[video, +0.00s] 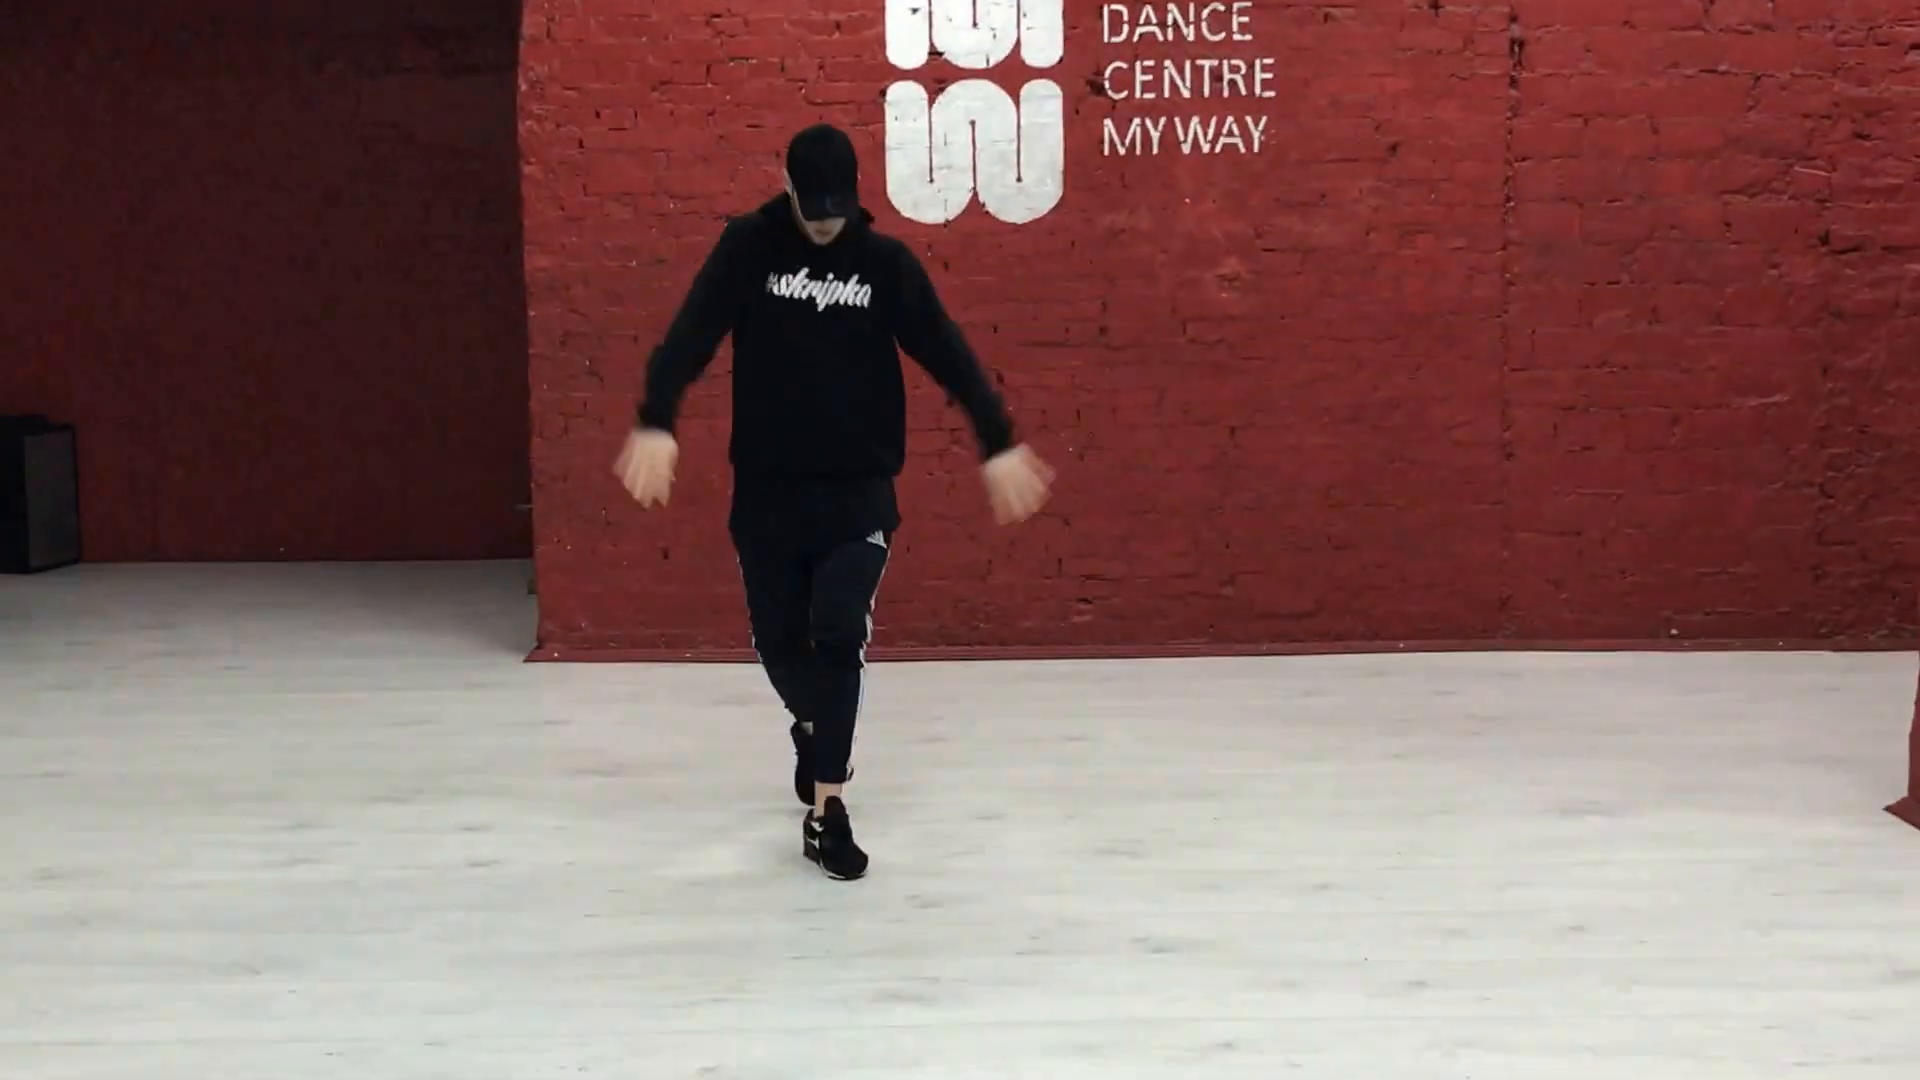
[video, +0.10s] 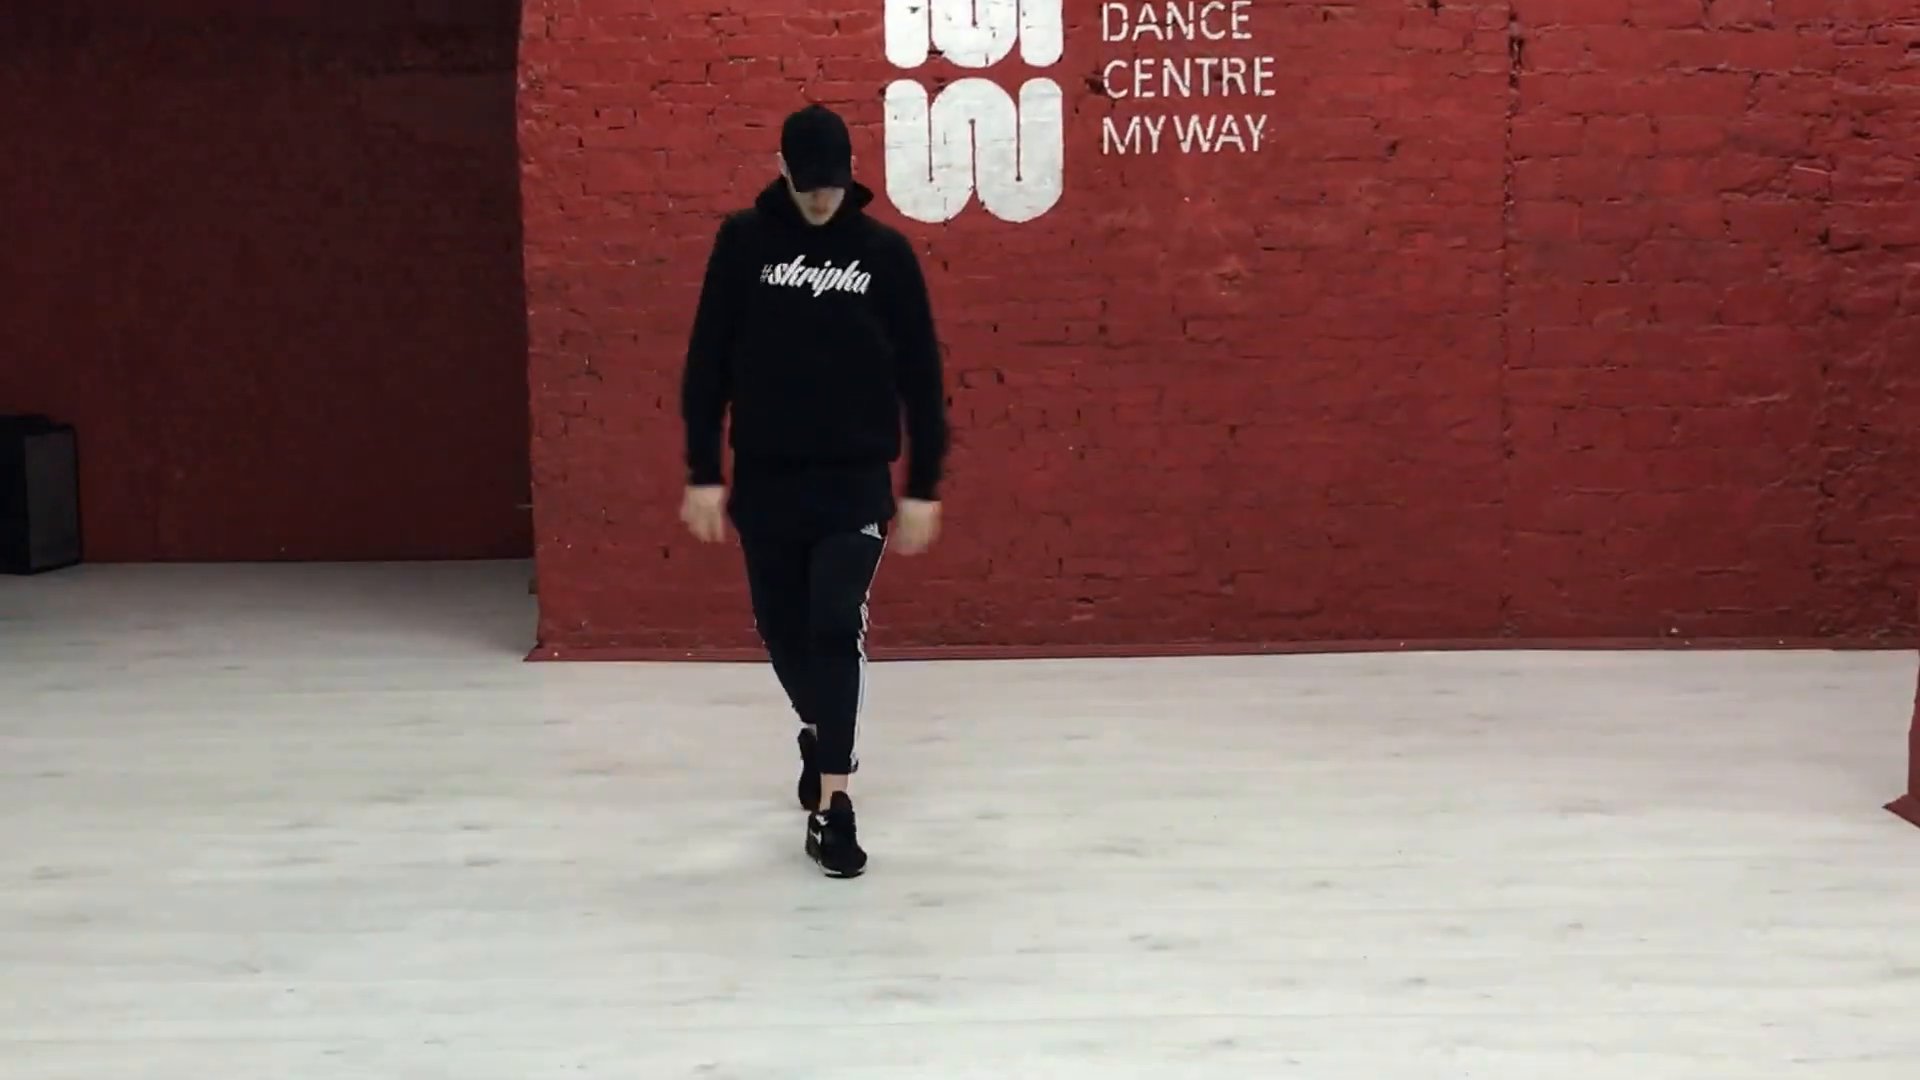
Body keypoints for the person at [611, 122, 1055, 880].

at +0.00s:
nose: (823, 227)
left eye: (834, 215)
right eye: (811, 214)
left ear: (854, 199)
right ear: (789, 194)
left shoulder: (887, 264)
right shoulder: (748, 247)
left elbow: (949, 355)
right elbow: (692, 334)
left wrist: (998, 442)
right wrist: (657, 419)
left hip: (858, 487)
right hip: (766, 485)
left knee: (840, 633)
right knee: (779, 647)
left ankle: (827, 801)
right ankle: (813, 722)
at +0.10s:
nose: (820, 200)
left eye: (831, 187)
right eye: (807, 187)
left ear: (851, 177)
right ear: (785, 175)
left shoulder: (886, 253)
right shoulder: (743, 243)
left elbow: (922, 375)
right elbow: (706, 360)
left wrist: (923, 489)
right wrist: (703, 471)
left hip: (856, 478)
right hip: (766, 478)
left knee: (833, 628)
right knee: (784, 636)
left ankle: (834, 800)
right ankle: (816, 739)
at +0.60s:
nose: (802, 172)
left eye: (815, 161)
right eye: (790, 161)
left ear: (836, 174)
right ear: (771, 174)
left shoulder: (875, 258)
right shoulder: (737, 259)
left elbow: (931, 348)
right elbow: (696, 360)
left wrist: (985, 434)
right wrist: (668, 458)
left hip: (854, 467)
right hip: (769, 470)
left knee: (844, 613)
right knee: (799, 623)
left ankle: (879, 734)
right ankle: (828, 760)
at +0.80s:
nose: (812, 172)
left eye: (824, 163)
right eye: (799, 162)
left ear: (843, 180)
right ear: (779, 178)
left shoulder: (880, 268)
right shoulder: (745, 268)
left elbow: (916, 367)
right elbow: (718, 374)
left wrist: (952, 448)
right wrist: (716, 469)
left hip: (865, 476)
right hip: (781, 480)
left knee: (865, 624)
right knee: (806, 633)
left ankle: (891, 751)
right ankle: (825, 773)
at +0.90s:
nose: (820, 171)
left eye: (832, 162)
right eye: (807, 161)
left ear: (849, 176)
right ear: (787, 175)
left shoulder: (887, 262)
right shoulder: (752, 262)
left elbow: (905, 373)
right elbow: (743, 377)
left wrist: (889, 463)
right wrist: (777, 470)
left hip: (871, 468)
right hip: (791, 471)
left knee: (873, 622)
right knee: (812, 625)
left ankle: (881, 755)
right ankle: (815, 774)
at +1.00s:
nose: (829, 210)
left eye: (840, 198)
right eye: (815, 199)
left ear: (858, 209)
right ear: (797, 211)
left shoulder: (896, 300)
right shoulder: (763, 299)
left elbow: (906, 410)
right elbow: (763, 411)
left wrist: (831, 455)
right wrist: (827, 481)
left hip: (880, 499)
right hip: (796, 498)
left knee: (873, 647)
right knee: (818, 646)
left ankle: (874, 771)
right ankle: (817, 786)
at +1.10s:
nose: (839, 219)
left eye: (851, 209)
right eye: (826, 209)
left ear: (868, 221)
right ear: (807, 222)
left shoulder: (903, 313)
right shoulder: (773, 308)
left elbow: (916, 418)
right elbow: (770, 421)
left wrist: (832, 417)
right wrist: (849, 478)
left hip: (879, 512)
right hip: (797, 512)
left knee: (871, 657)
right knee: (815, 655)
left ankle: (868, 784)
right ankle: (816, 795)